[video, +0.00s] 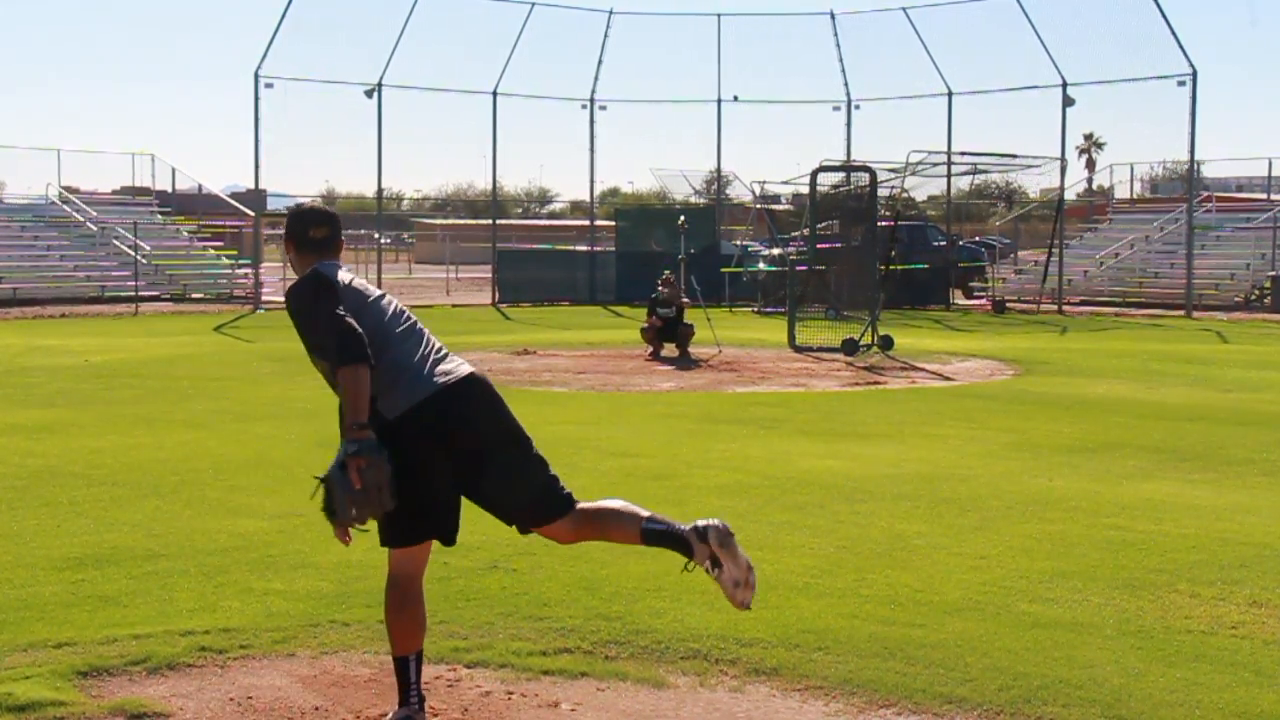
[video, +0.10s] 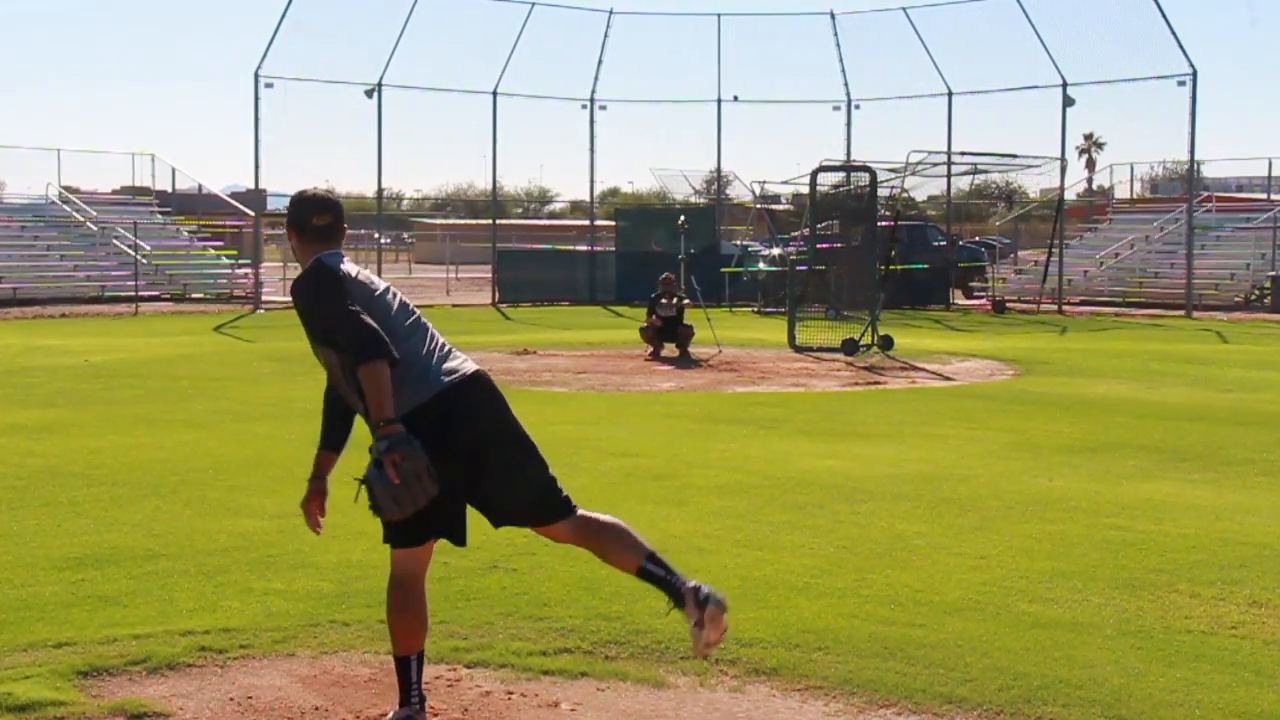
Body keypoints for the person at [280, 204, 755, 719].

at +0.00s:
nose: (283, 254)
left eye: (282, 245)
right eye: (288, 245)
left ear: (287, 247)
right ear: (337, 246)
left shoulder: (307, 292)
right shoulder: (356, 286)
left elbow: (353, 359)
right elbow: (375, 379)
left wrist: (353, 447)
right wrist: (350, 469)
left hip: (411, 426)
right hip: (468, 396)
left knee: (405, 568)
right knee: (564, 521)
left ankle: (409, 700)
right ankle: (692, 539)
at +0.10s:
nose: (288, 240)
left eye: (288, 232)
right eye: (295, 230)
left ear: (292, 235)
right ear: (339, 232)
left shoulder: (312, 282)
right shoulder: (355, 279)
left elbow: (371, 352)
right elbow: (342, 389)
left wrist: (386, 433)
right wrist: (320, 473)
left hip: (416, 428)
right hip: (471, 397)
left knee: (408, 565)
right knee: (565, 521)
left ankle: (410, 703)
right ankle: (686, 593)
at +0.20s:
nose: (292, 228)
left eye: (292, 220)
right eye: (295, 221)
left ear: (296, 223)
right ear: (347, 222)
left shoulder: (321, 276)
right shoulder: (362, 271)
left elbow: (382, 351)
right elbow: (328, 375)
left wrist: (401, 434)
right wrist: (281, 452)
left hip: (418, 427)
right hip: (477, 397)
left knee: (410, 565)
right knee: (557, 529)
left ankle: (411, 702)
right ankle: (643, 641)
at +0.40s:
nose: (317, 208)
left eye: (317, 200)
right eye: (325, 200)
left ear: (321, 206)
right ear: (372, 204)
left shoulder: (347, 266)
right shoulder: (385, 255)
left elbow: (393, 363)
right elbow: (323, 349)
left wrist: (395, 455)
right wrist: (247, 340)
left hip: (422, 426)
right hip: (479, 409)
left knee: (407, 566)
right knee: (526, 549)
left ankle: (411, 699)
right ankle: (599, 672)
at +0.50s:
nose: (325, 196)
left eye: (327, 188)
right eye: (336, 186)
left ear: (330, 196)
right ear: (382, 196)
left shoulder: (343, 263)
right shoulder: (397, 243)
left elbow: (380, 370)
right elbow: (349, 338)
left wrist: (374, 459)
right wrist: (278, 303)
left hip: (417, 431)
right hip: (477, 410)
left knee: (403, 568)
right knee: (514, 548)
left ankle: (410, 702)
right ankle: (587, 662)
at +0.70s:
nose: (362, 184)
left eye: (353, 174)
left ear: (350, 180)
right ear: (404, 181)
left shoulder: (339, 258)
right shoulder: (431, 242)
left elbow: (344, 361)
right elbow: (407, 318)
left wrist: (336, 460)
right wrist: (326, 326)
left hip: (393, 435)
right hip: (466, 423)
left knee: (394, 568)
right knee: (471, 542)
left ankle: (407, 701)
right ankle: (501, 646)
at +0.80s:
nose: (386, 177)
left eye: (370, 165)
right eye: (408, 169)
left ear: (359, 172)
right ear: (415, 174)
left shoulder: (337, 251)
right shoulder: (446, 240)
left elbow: (336, 354)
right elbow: (469, 321)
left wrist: (335, 448)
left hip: (383, 435)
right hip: (458, 430)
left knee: (389, 565)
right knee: (458, 555)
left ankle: (403, 698)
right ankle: (451, 656)